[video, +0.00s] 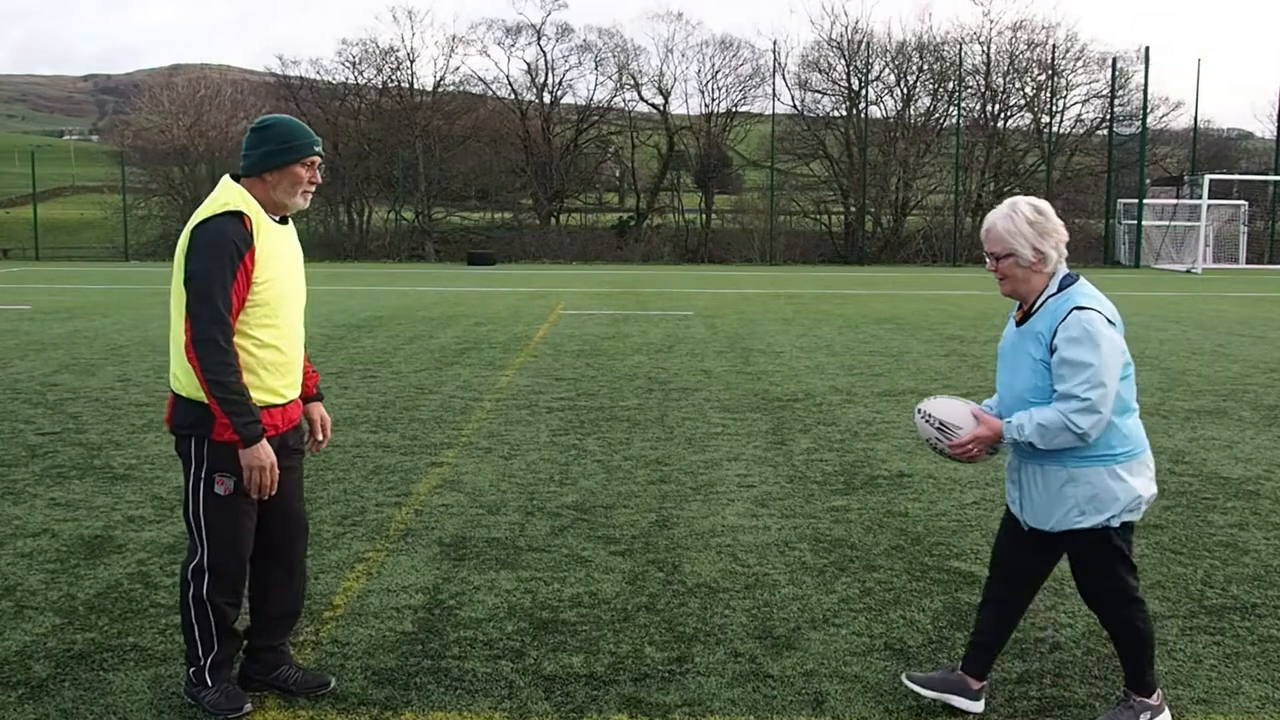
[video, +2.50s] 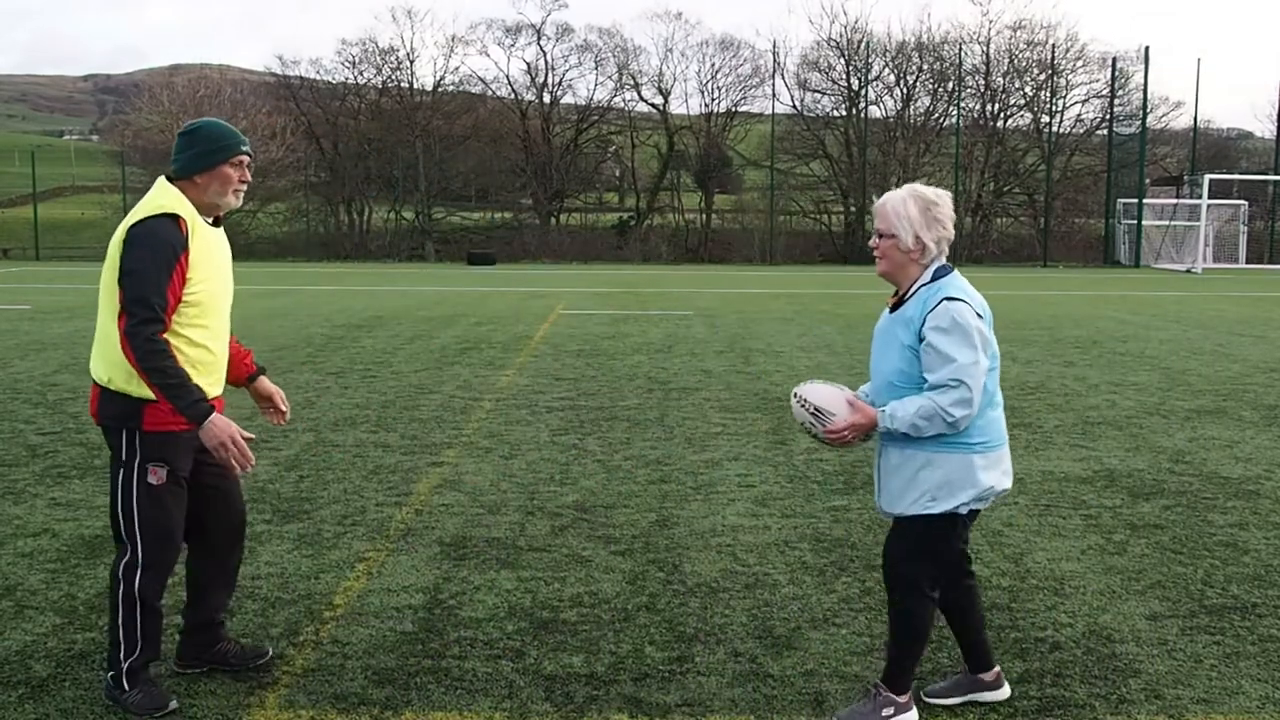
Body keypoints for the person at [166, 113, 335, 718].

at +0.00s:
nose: (315, 178)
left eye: (317, 167)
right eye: (305, 167)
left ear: (286, 171)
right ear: (266, 169)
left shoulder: (278, 225)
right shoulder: (222, 228)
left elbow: (281, 322)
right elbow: (209, 340)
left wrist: (309, 392)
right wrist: (250, 434)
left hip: (276, 419)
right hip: (218, 424)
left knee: (281, 549)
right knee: (218, 558)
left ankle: (268, 662)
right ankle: (209, 678)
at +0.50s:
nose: (404, 199)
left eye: (406, 187)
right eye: (395, 187)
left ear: (367, 192)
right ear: (356, 188)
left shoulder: (365, 240)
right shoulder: (307, 245)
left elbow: (375, 331)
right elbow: (284, 359)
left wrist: (401, 408)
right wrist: (325, 456)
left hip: (351, 430)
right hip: (291, 436)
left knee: (378, 540)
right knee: (304, 572)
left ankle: (293, 643)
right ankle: (248, 686)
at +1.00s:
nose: (609, 291)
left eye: (610, 282)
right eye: (603, 281)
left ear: (568, 277)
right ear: (570, 277)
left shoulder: (545, 310)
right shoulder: (527, 312)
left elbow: (603, 391)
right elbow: (598, 391)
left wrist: (682, 421)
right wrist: (701, 420)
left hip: (487, 467)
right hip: (436, 466)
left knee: (579, 538)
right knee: (431, 621)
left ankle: (577, 680)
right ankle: (300, 658)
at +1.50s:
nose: (450, 213)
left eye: (451, 202)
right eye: (444, 201)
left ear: (409, 200)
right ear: (410, 199)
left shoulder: (395, 247)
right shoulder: (368, 251)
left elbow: (406, 348)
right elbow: (383, 359)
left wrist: (465, 387)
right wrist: (462, 426)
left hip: (402, 441)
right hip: (358, 446)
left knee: (474, 551)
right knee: (329, 588)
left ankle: (538, 666)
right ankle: (246, 707)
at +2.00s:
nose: (313, 183)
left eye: (315, 173)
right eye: (304, 172)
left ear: (282, 178)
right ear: (267, 174)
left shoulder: (270, 232)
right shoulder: (226, 225)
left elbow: (264, 329)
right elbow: (191, 324)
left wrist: (306, 392)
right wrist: (221, 423)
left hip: (253, 411)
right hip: (213, 413)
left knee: (245, 539)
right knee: (239, 547)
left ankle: (209, 645)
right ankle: (226, 692)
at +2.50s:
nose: (246, 178)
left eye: (248, 168)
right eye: (236, 167)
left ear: (220, 173)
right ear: (198, 169)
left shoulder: (207, 228)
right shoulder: (159, 226)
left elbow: (204, 326)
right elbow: (142, 336)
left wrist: (252, 376)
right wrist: (202, 413)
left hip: (195, 407)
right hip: (143, 409)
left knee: (221, 523)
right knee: (149, 547)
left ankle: (203, 645)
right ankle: (131, 675)